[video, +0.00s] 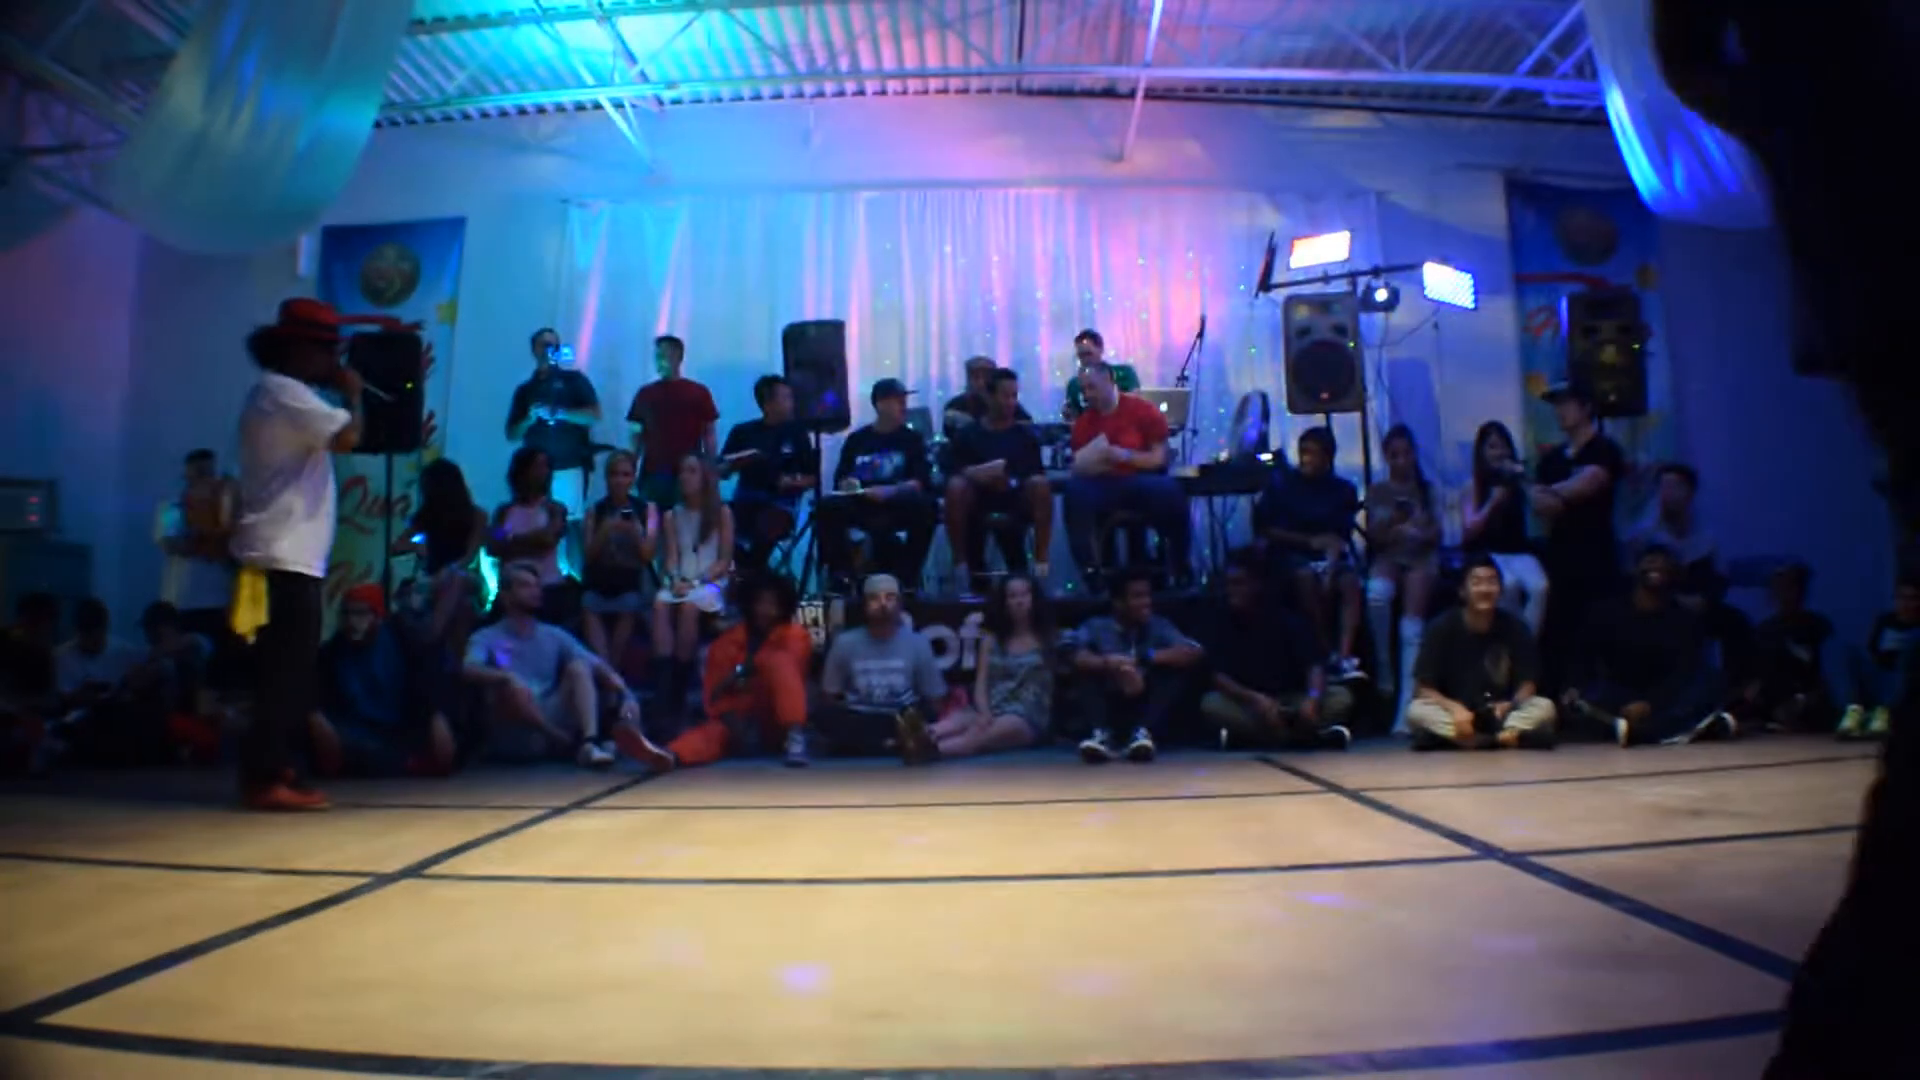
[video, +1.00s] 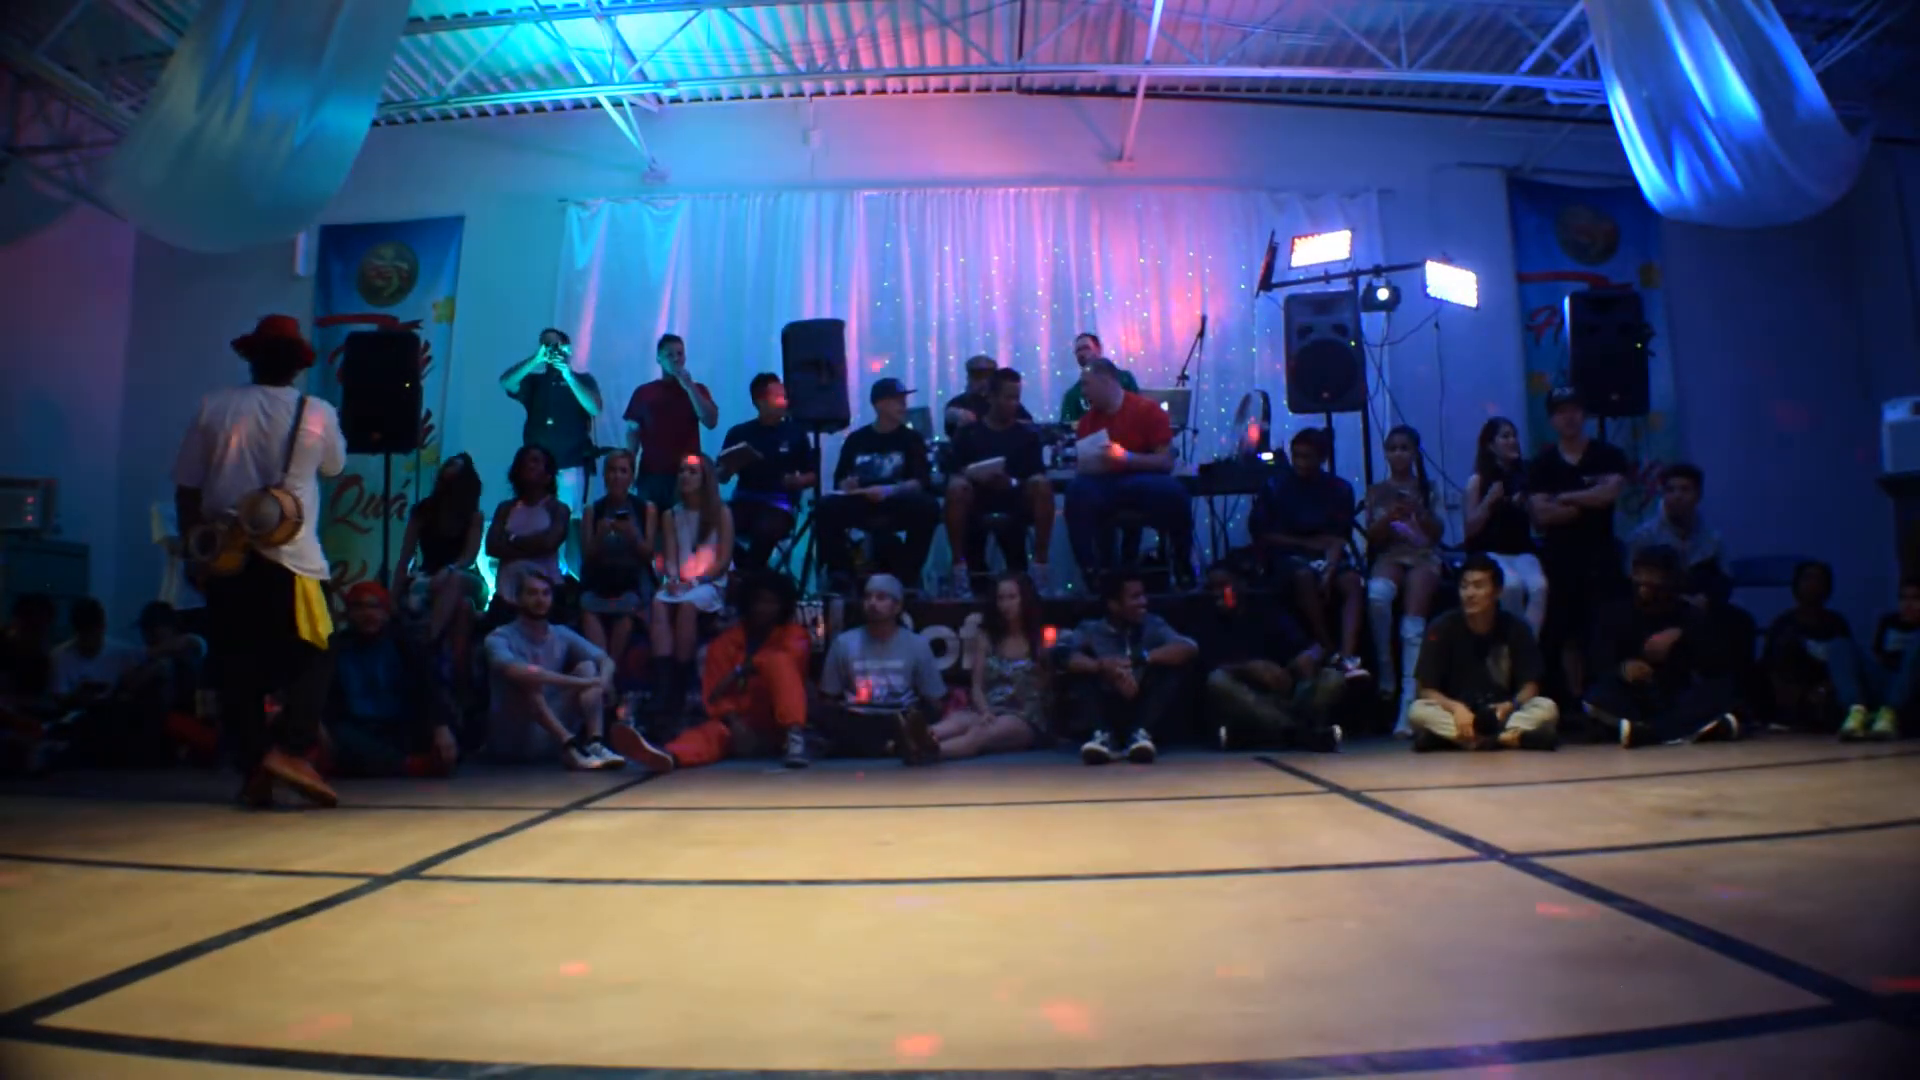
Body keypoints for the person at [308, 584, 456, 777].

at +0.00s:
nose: (353, 622)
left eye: (361, 614)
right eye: (348, 614)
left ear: (377, 617)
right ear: (341, 616)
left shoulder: (400, 647)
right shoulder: (331, 652)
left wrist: (437, 718)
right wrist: (318, 718)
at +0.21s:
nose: (361, 621)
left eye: (369, 614)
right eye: (356, 614)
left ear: (383, 616)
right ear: (350, 615)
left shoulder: (404, 645)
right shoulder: (341, 647)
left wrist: (442, 725)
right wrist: (318, 720)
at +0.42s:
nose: (362, 617)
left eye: (370, 610)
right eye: (357, 610)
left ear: (385, 613)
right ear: (350, 612)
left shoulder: (404, 645)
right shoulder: (340, 647)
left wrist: (444, 732)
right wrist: (312, 725)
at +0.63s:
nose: (361, 613)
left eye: (369, 607)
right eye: (356, 606)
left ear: (384, 612)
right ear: (349, 610)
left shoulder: (402, 644)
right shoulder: (340, 647)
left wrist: (444, 733)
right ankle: (402, 763)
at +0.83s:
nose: (362, 612)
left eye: (369, 606)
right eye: (356, 606)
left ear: (383, 611)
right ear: (348, 611)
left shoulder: (401, 643)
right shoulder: (338, 646)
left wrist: (441, 729)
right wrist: (317, 723)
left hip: (399, 722)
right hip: (353, 725)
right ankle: (402, 763)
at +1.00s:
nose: (367, 614)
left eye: (374, 606)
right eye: (360, 607)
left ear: (386, 610)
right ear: (350, 612)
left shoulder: (402, 641)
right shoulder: (339, 645)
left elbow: (425, 684)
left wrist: (441, 727)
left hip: (402, 719)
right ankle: (404, 764)